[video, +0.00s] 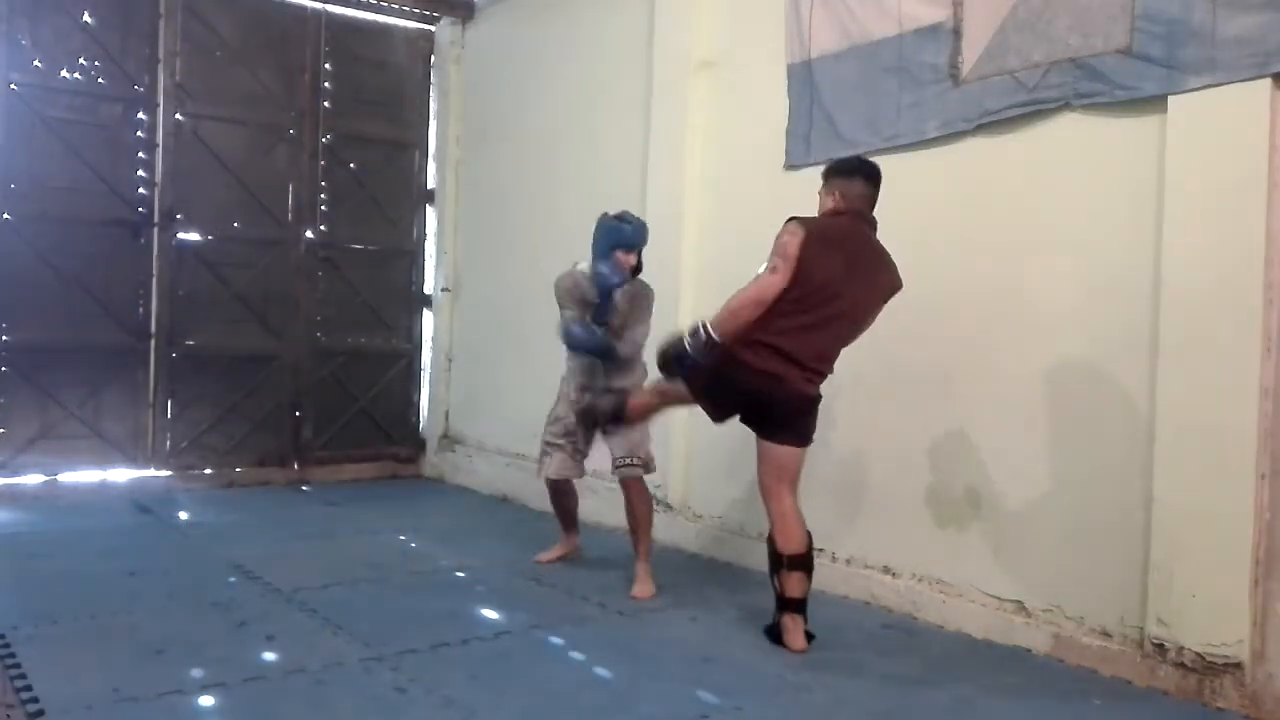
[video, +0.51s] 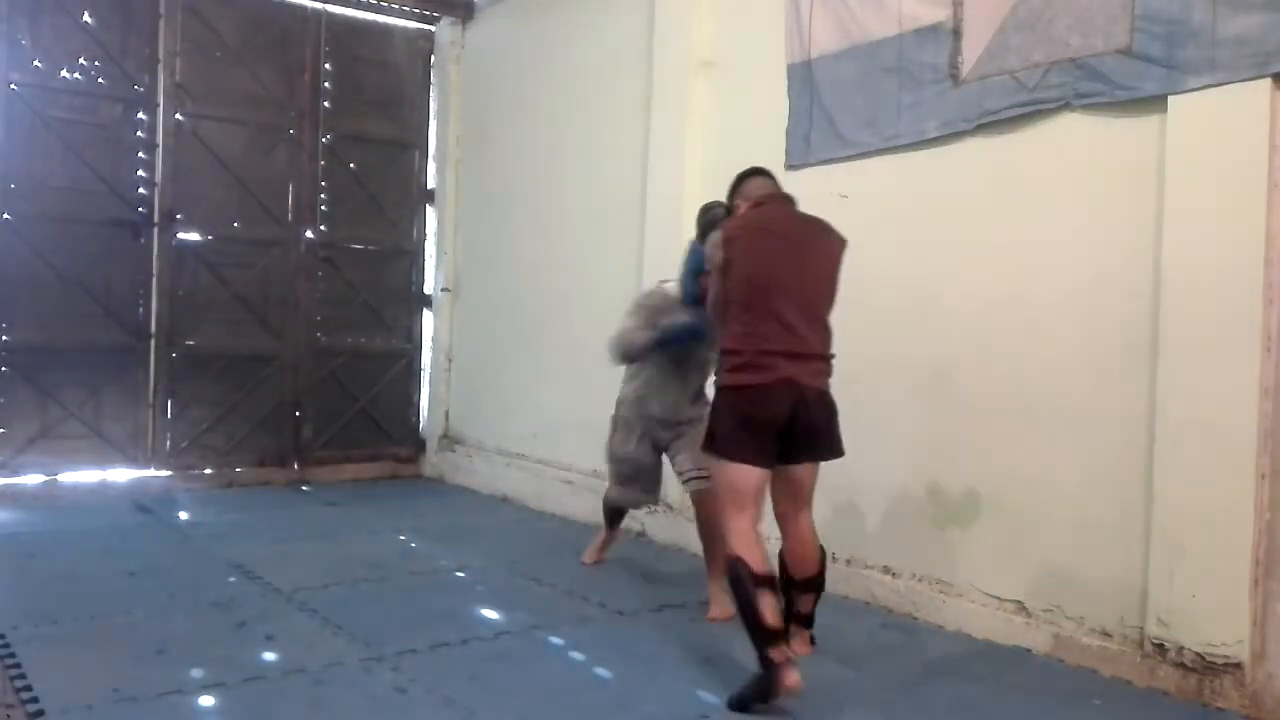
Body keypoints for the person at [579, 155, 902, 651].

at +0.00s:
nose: (820, 202)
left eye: (823, 194)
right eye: (824, 194)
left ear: (834, 198)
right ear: (872, 204)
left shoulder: (802, 232)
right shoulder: (887, 275)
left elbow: (767, 289)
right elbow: (843, 334)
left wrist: (704, 338)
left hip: (738, 366)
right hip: (795, 396)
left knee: (665, 392)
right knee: (782, 497)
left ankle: (610, 413)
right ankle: (794, 625)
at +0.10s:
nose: (818, 200)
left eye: (820, 192)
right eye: (820, 193)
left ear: (831, 194)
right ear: (870, 200)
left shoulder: (801, 228)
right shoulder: (889, 270)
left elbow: (756, 288)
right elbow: (846, 330)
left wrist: (687, 315)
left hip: (743, 367)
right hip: (802, 393)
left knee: (668, 412)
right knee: (786, 495)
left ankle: (613, 473)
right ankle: (793, 623)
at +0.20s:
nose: (803, 196)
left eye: (804, 188)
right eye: (804, 189)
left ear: (816, 189)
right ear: (855, 192)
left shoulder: (788, 226)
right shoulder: (882, 257)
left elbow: (728, 292)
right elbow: (840, 310)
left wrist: (704, 260)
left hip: (750, 378)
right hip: (812, 394)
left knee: (688, 446)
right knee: (795, 497)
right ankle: (796, 627)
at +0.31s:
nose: (784, 202)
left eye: (785, 195)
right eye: (785, 197)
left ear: (795, 192)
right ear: (837, 192)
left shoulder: (779, 227)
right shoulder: (867, 244)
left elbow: (733, 289)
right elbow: (830, 300)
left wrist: (750, 247)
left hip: (754, 384)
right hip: (817, 394)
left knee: (703, 470)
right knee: (798, 500)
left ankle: (722, 588)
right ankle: (798, 628)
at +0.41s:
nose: (761, 211)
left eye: (760, 204)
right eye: (763, 204)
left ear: (769, 198)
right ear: (810, 192)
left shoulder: (762, 230)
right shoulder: (852, 237)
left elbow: (737, 300)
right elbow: (817, 291)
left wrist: (741, 249)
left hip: (755, 388)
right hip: (820, 395)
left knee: (717, 494)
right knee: (800, 505)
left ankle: (743, 616)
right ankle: (801, 630)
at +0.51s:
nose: (733, 215)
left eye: (733, 207)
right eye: (734, 206)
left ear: (742, 201)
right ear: (781, 194)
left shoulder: (732, 235)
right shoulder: (830, 238)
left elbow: (717, 308)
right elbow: (815, 301)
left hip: (747, 399)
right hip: (811, 398)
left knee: (739, 527)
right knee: (797, 515)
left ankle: (775, 664)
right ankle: (800, 633)